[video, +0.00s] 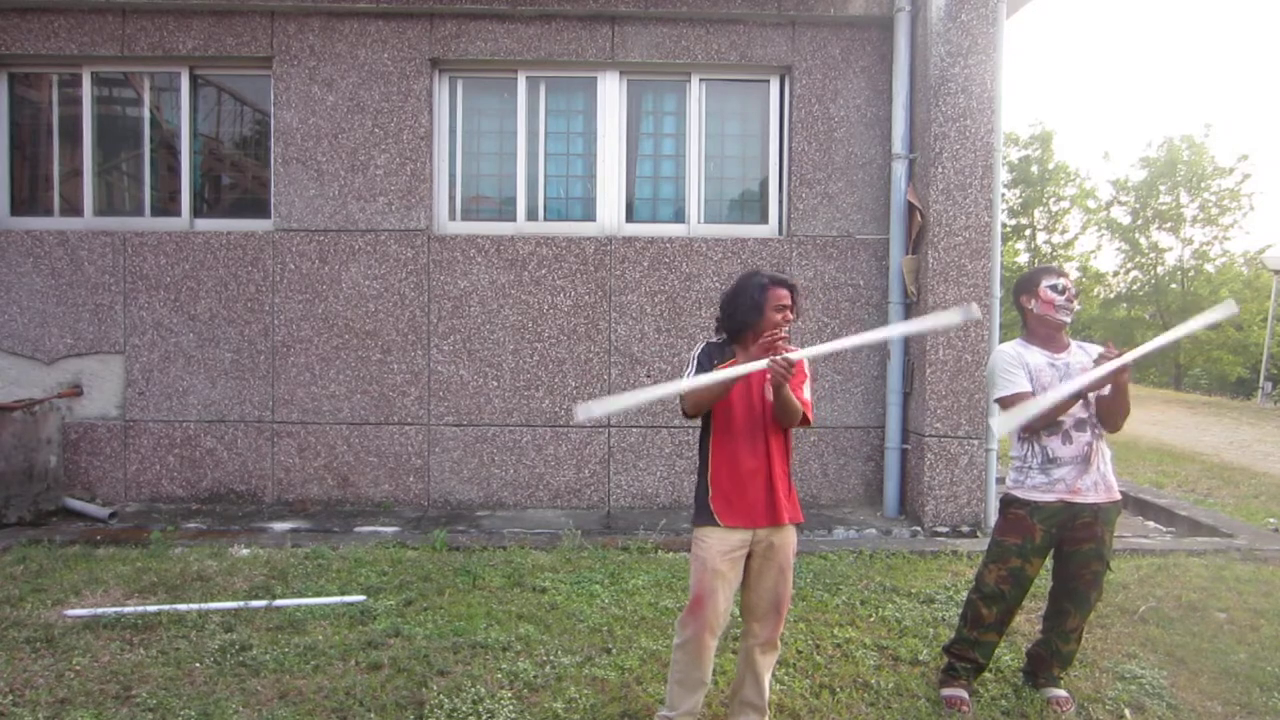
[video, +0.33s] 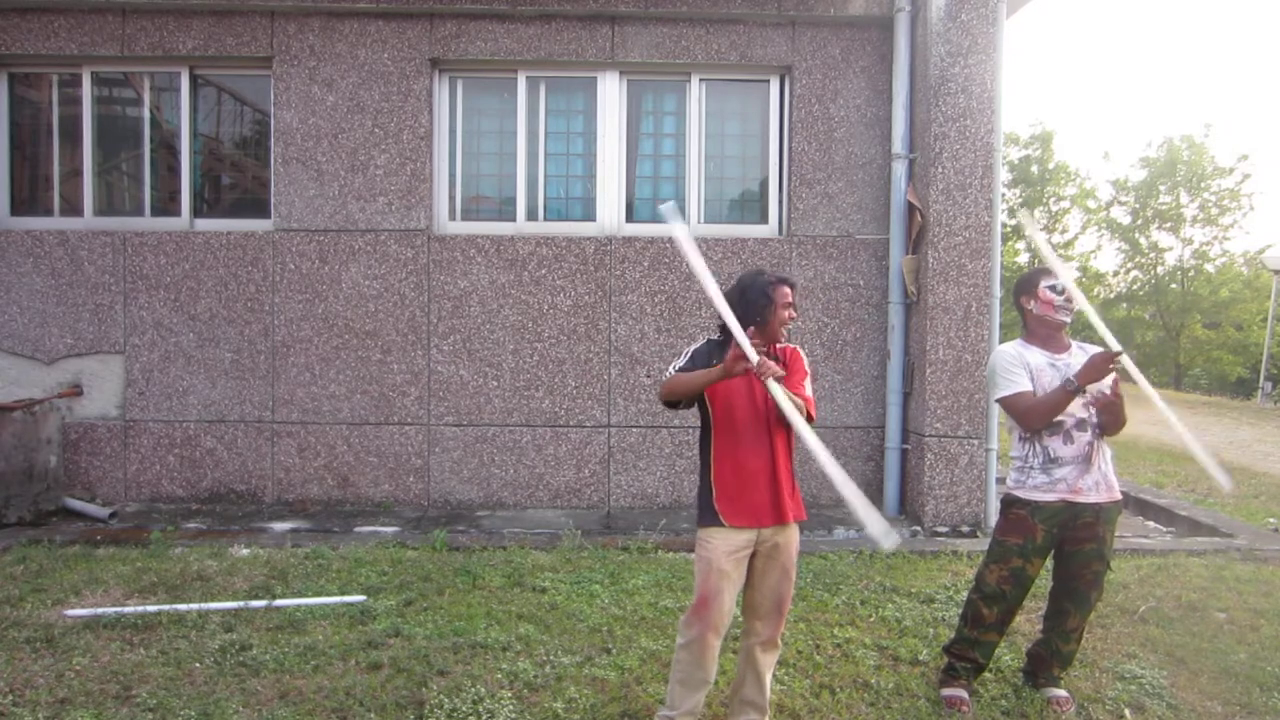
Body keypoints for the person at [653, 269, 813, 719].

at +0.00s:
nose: (786, 319)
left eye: (789, 311)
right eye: (777, 310)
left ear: (792, 316)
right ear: (747, 312)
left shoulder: (795, 362)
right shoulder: (713, 355)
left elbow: (793, 420)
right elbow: (690, 405)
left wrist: (782, 386)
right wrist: (742, 365)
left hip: (777, 513)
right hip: (721, 514)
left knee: (766, 630)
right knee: (703, 621)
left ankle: (749, 714)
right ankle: (678, 713)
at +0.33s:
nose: (792, 316)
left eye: (792, 307)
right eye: (785, 308)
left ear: (776, 314)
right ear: (755, 314)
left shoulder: (792, 357)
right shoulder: (712, 351)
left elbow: (804, 414)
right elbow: (669, 392)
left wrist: (776, 381)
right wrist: (722, 370)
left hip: (780, 515)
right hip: (724, 517)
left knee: (766, 631)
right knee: (707, 622)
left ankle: (750, 713)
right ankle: (677, 713)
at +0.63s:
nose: (792, 316)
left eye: (792, 308)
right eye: (783, 308)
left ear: (784, 314)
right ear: (753, 315)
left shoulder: (792, 358)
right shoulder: (711, 356)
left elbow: (802, 413)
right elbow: (677, 406)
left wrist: (774, 367)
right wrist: (721, 369)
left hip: (780, 517)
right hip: (724, 519)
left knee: (766, 631)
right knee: (706, 623)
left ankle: (750, 713)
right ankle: (678, 713)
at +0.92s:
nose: (796, 316)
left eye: (797, 308)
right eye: (788, 308)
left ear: (787, 314)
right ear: (757, 311)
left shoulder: (795, 361)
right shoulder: (714, 356)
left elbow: (804, 427)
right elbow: (686, 407)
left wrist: (766, 393)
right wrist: (732, 366)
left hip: (780, 516)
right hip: (724, 516)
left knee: (766, 631)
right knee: (707, 622)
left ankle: (749, 713)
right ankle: (678, 713)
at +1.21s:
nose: (797, 316)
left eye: (798, 308)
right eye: (789, 308)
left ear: (791, 314)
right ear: (759, 310)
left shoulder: (798, 364)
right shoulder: (717, 356)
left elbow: (801, 432)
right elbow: (692, 412)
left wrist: (773, 404)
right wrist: (733, 366)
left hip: (780, 516)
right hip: (724, 516)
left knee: (766, 630)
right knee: (708, 620)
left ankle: (749, 713)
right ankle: (678, 713)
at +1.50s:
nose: (796, 316)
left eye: (799, 309)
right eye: (787, 306)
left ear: (796, 317)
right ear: (757, 308)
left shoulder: (799, 366)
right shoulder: (718, 357)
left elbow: (796, 431)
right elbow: (694, 414)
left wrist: (765, 388)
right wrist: (728, 374)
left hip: (780, 518)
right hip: (724, 516)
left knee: (766, 632)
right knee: (708, 621)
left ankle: (749, 714)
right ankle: (677, 713)